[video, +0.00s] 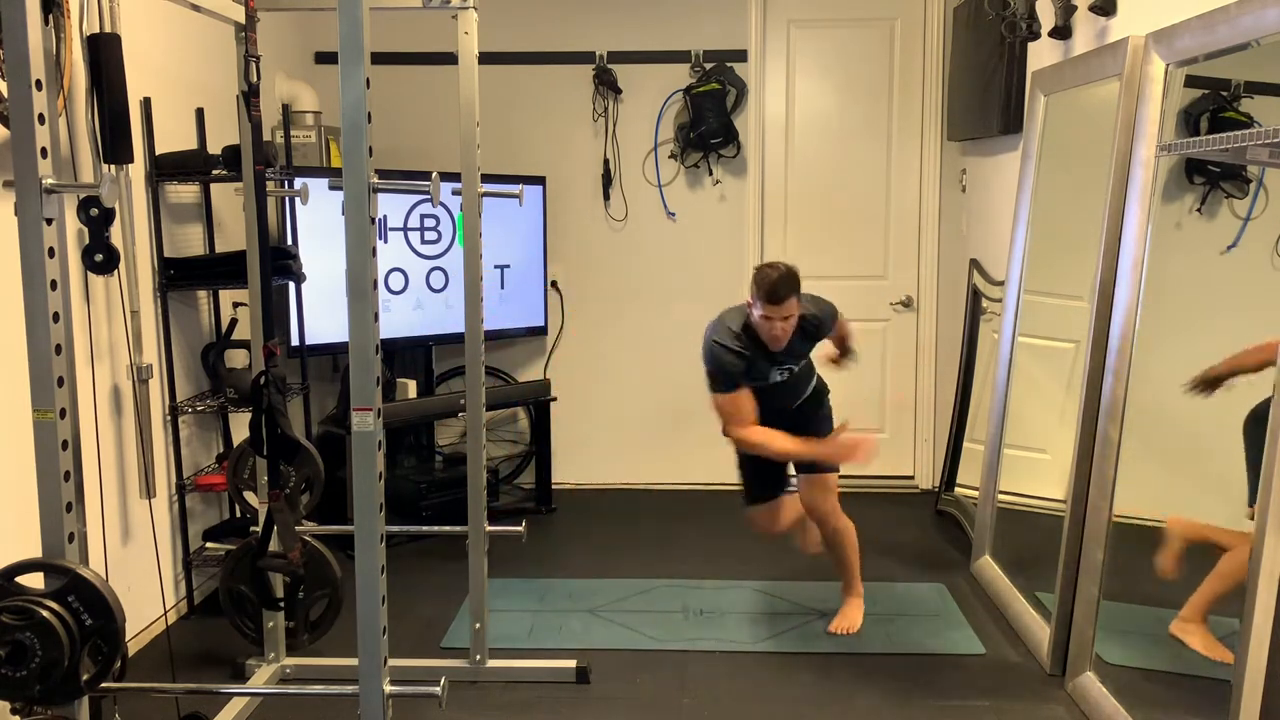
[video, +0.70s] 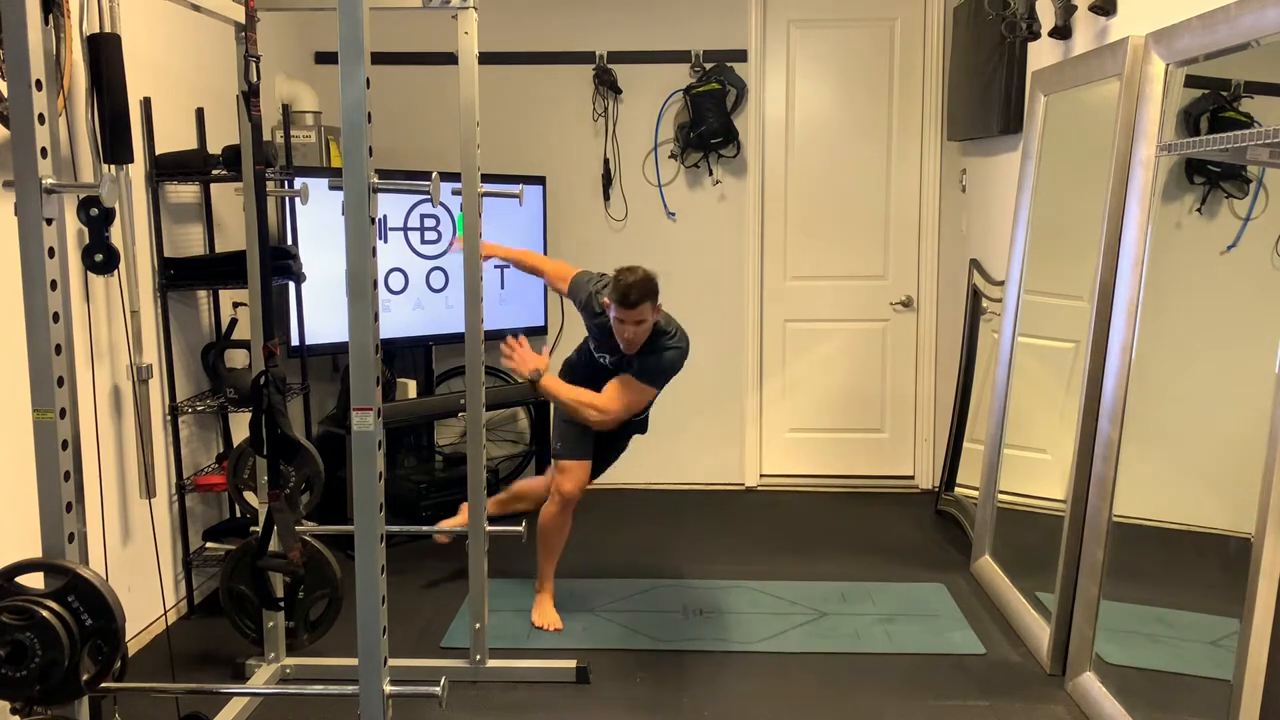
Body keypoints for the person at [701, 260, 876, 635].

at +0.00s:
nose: (779, 329)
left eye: (787, 318)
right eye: (769, 319)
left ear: (799, 306)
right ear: (751, 306)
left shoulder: (814, 316)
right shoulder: (724, 342)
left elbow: (839, 329)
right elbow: (740, 430)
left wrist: (843, 350)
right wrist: (820, 450)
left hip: (805, 406)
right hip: (756, 419)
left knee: (821, 507)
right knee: (768, 522)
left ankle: (853, 594)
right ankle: (807, 506)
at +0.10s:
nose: (755, 312)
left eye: (764, 302)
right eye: (745, 302)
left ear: (777, 290)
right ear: (729, 290)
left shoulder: (797, 313)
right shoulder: (696, 321)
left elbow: (858, 349)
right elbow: (670, 395)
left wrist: (889, 404)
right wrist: (703, 462)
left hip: (784, 403)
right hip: (723, 407)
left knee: (812, 499)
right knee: (701, 495)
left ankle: (852, 594)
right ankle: (703, 528)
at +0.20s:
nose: (726, 299)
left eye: (734, 288)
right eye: (716, 289)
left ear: (747, 275)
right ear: (698, 275)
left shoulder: (766, 298)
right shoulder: (665, 292)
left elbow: (834, 358)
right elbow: (615, 336)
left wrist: (843, 439)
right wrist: (600, 397)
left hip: (741, 384)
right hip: (677, 383)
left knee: (786, 479)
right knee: (641, 484)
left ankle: (839, 583)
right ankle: (604, 566)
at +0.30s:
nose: (687, 297)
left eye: (696, 287)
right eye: (678, 286)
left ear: (711, 275)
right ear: (664, 272)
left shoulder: (727, 297)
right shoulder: (634, 281)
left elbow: (774, 373)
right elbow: (572, 286)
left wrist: (727, 445)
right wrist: (537, 309)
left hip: (698, 385)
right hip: (636, 382)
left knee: (743, 479)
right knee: (603, 485)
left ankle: (768, 547)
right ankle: (550, 587)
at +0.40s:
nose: (654, 307)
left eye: (664, 299)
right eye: (646, 297)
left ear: (681, 287)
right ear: (635, 283)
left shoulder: (696, 317)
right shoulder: (612, 284)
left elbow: (688, 404)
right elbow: (559, 261)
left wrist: (607, 424)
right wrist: (514, 244)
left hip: (658, 399)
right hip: (604, 391)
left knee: (672, 501)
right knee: (578, 492)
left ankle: (632, 501)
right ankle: (546, 591)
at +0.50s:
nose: (635, 321)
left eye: (645, 312)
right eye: (627, 310)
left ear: (664, 302)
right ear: (616, 296)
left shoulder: (675, 338)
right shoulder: (601, 285)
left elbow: (615, 410)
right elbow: (560, 257)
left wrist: (540, 388)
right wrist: (514, 228)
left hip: (639, 409)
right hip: (590, 385)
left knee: (597, 495)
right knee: (577, 491)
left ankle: (531, 502)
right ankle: (546, 592)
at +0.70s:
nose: (628, 333)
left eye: (639, 323)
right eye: (620, 322)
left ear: (656, 312)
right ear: (609, 309)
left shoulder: (670, 347)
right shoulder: (596, 295)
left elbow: (604, 413)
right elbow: (543, 267)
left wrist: (540, 377)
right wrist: (493, 249)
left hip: (623, 420)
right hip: (577, 390)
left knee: (558, 486)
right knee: (568, 490)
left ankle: (478, 509)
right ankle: (544, 591)